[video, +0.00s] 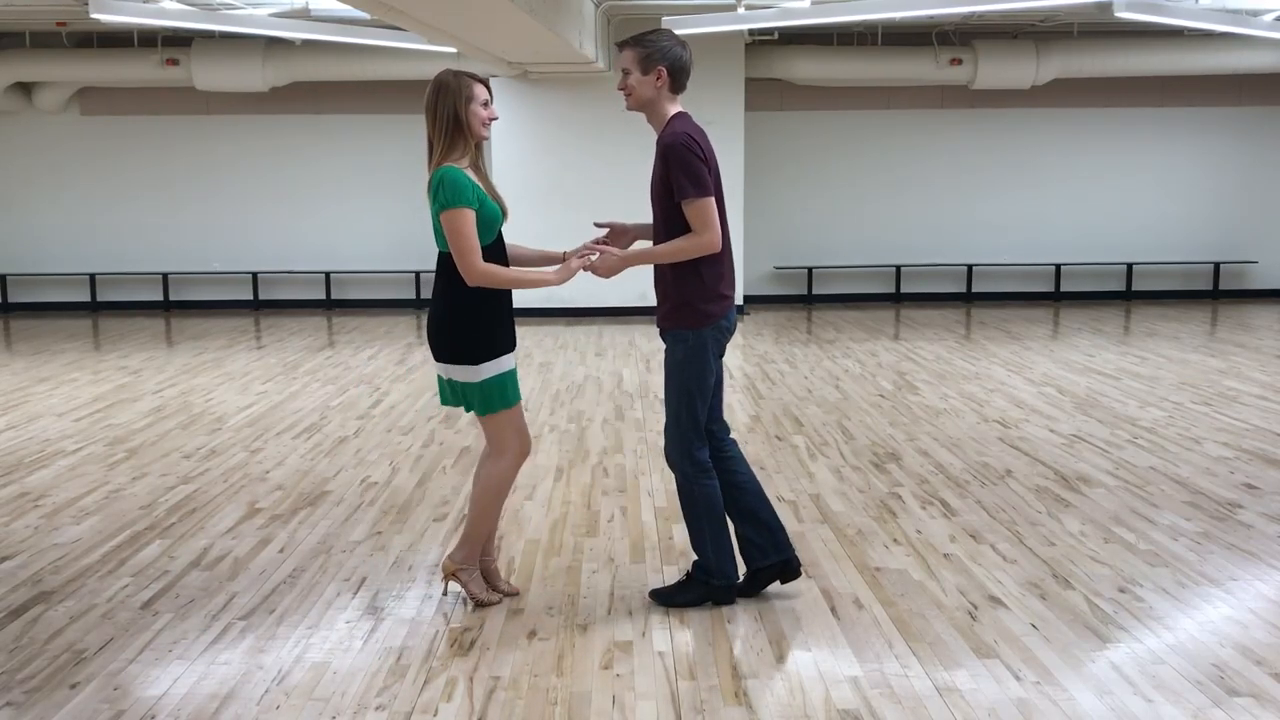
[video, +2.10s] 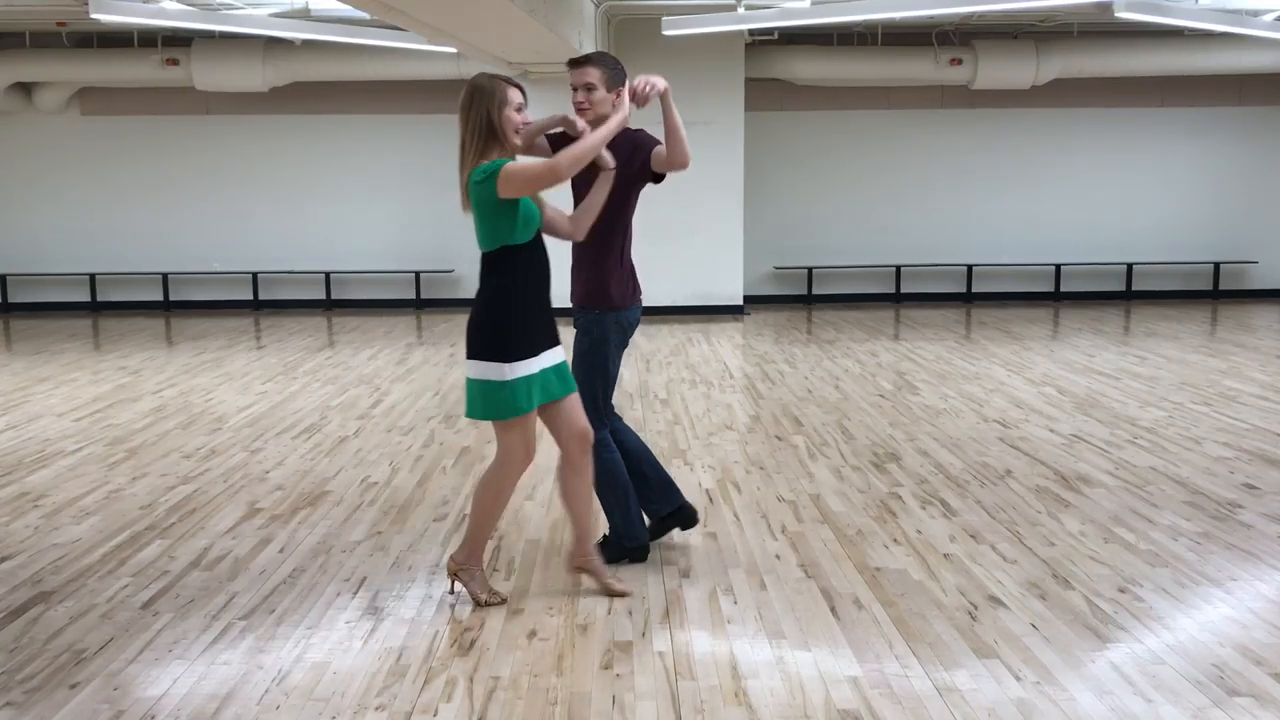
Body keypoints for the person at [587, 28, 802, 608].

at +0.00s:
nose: (619, 84)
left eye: (627, 74)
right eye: (619, 74)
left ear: (658, 76)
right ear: (659, 78)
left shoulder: (679, 141)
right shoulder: (677, 136)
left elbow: (708, 238)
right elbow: (691, 227)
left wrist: (630, 258)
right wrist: (634, 233)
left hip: (695, 318)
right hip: (702, 314)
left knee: (685, 445)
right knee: (710, 436)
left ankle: (715, 573)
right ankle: (771, 556)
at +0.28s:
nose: (606, 87)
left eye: (612, 76)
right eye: (606, 77)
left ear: (645, 79)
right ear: (643, 81)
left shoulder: (663, 140)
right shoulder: (658, 136)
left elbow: (690, 235)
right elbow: (673, 231)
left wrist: (610, 227)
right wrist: (609, 223)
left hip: (678, 323)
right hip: (658, 320)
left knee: (674, 445)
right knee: (631, 433)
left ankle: (715, 576)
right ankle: (710, 545)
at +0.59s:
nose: (577, 82)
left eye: (583, 72)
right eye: (577, 72)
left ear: (614, 75)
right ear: (614, 77)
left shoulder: (627, 139)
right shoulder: (633, 134)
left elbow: (644, 236)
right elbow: (634, 224)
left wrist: (572, 217)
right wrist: (578, 224)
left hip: (629, 318)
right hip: (619, 316)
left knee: (615, 442)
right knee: (607, 440)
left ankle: (696, 558)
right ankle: (632, 568)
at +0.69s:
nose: (565, 84)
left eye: (572, 74)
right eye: (565, 74)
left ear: (602, 77)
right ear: (606, 78)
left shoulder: (617, 142)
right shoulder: (623, 137)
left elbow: (633, 241)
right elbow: (621, 237)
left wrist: (553, 244)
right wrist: (550, 244)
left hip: (610, 318)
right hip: (616, 315)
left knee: (574, 442)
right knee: (600, 437)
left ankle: (643, 565)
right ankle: (628, 567)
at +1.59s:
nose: (564, 93)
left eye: (572, 83)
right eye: (563, 83)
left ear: (607, 85)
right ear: (599, 89)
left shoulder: (622, 139)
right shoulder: (614, 139)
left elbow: (666, 215)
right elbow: (601, 211)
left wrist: (599, 194)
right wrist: (550, 187)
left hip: (614, 313)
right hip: (640, 309)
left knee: (574, 423)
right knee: (633, 427)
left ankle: (615, 537)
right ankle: (677, 555)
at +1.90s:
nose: (572, 102)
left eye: (581, 93)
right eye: (570, 93)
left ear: (613, 96)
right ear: (584, 99)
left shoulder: (628, 150)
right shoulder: (590, 153)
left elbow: (673, 205)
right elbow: (543, 188)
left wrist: (659, 149)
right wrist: (542, 162)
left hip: (606, 314)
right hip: (627, 308)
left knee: (588, 429)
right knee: (615, 421)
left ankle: (628, 538)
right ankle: (683, 519)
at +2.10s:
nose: (578, 97)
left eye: (589, 88)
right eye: (574, 89)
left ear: (618, 91)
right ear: (572, 95)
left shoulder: (627, 145)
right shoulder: (575, 144)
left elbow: (678, 160)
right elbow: (517, 154)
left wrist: (664, 100)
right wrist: (554, 125)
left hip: (607, 303)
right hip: (605, 301)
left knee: (590, 423)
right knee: (597, 415)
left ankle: (628, 536)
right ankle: (669, 508)